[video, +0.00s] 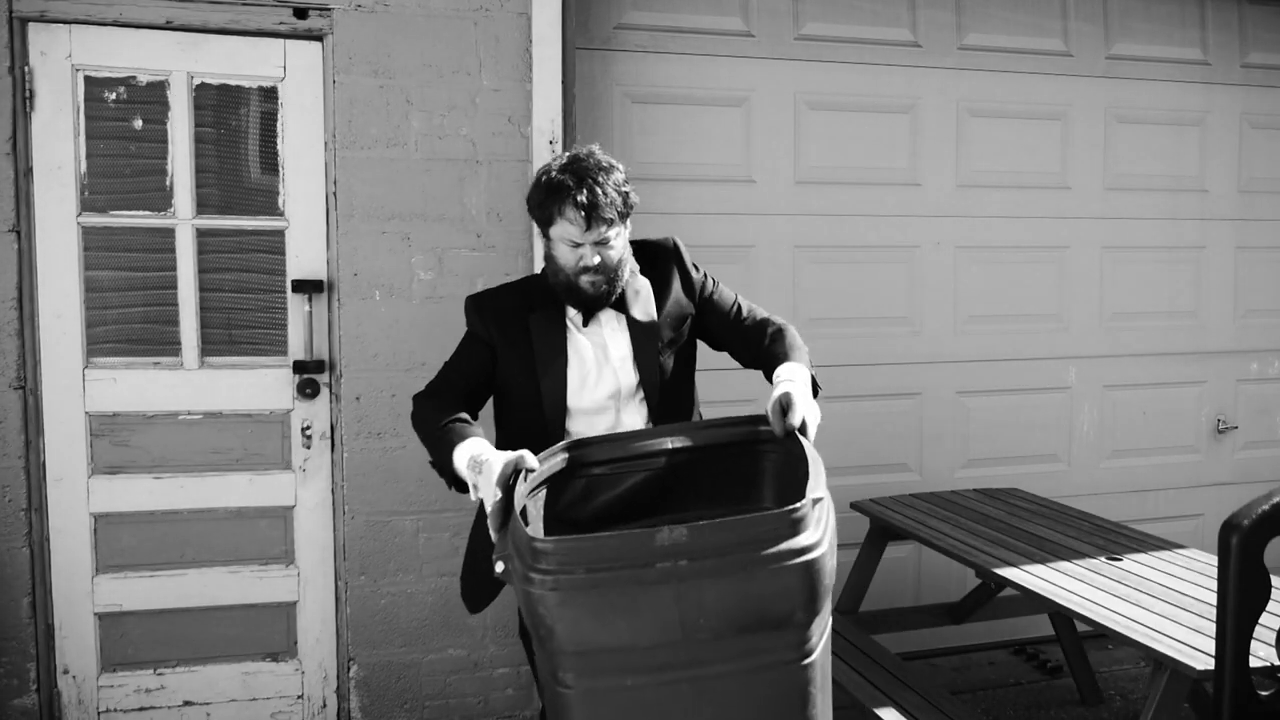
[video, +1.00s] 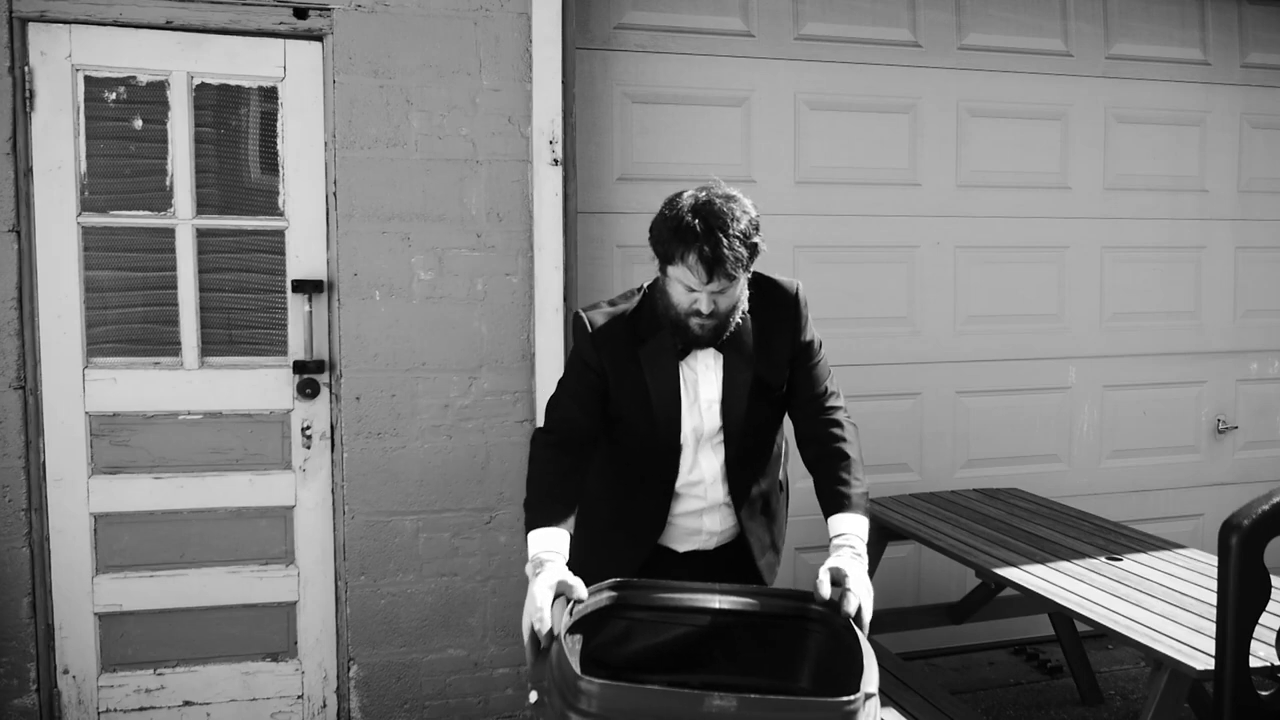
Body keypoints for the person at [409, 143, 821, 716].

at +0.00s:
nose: (592, 258)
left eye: (605, 239)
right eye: (572, 244)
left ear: (627, 225)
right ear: (543, 238)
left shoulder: (670, 278)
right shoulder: (503, 316)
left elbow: (768, 335)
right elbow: (436, 405)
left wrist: (793, 377)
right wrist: (476, 457)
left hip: (668, 534)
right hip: (557, 545)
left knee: (675, 693)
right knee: (570, 700)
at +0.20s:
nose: (630, 271)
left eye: (645, 254)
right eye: (612, 255)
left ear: (669, 238)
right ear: (585, 243)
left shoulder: (707, 292)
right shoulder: (537, 322)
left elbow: (784, 388)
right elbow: (481, 428)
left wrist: (811, 465)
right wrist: (502, 517)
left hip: (691, 552)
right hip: (581, 558)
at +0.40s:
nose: (665, 291)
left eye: (682, 275)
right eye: (648, 273)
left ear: (706, 255)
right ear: (621, 253)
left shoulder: (741, 308)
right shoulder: (566, 333)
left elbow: (801, 419)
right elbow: (517, 441)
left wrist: (823, 517)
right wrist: (518, 549)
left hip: (711, 557)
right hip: (601, 564)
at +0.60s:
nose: (685, 315)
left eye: (702, 300)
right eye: (670, 298)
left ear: (728, 280)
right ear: (642, 276)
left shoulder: (760, 319)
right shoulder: (584, 343)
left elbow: (805, 431)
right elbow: (535, 459)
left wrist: (831, 551)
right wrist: (533, 577)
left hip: (720, 562)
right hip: (612, 567)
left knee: (714, 706)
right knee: (607, 703)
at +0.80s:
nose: (696, 318)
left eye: (713, 302)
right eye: (680, 300)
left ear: (739, 282)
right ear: (654, 279)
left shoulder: (772, 318)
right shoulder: (596, 342)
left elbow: (817, 428)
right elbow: (549, 455)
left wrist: (841, 554)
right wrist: (540, 574)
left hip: (730, 564)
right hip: (622, 568)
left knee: (730, 706)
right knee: (618, 703)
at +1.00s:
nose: (705, 306)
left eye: (721, 290)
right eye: (689, 289)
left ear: (747, 273)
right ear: (661, 267)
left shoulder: (780, 313)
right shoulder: (604, 334)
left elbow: (825, 422)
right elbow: (558, 444)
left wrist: (848, 545)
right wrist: (547, 561)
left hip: (739, 562)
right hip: (632, 565)